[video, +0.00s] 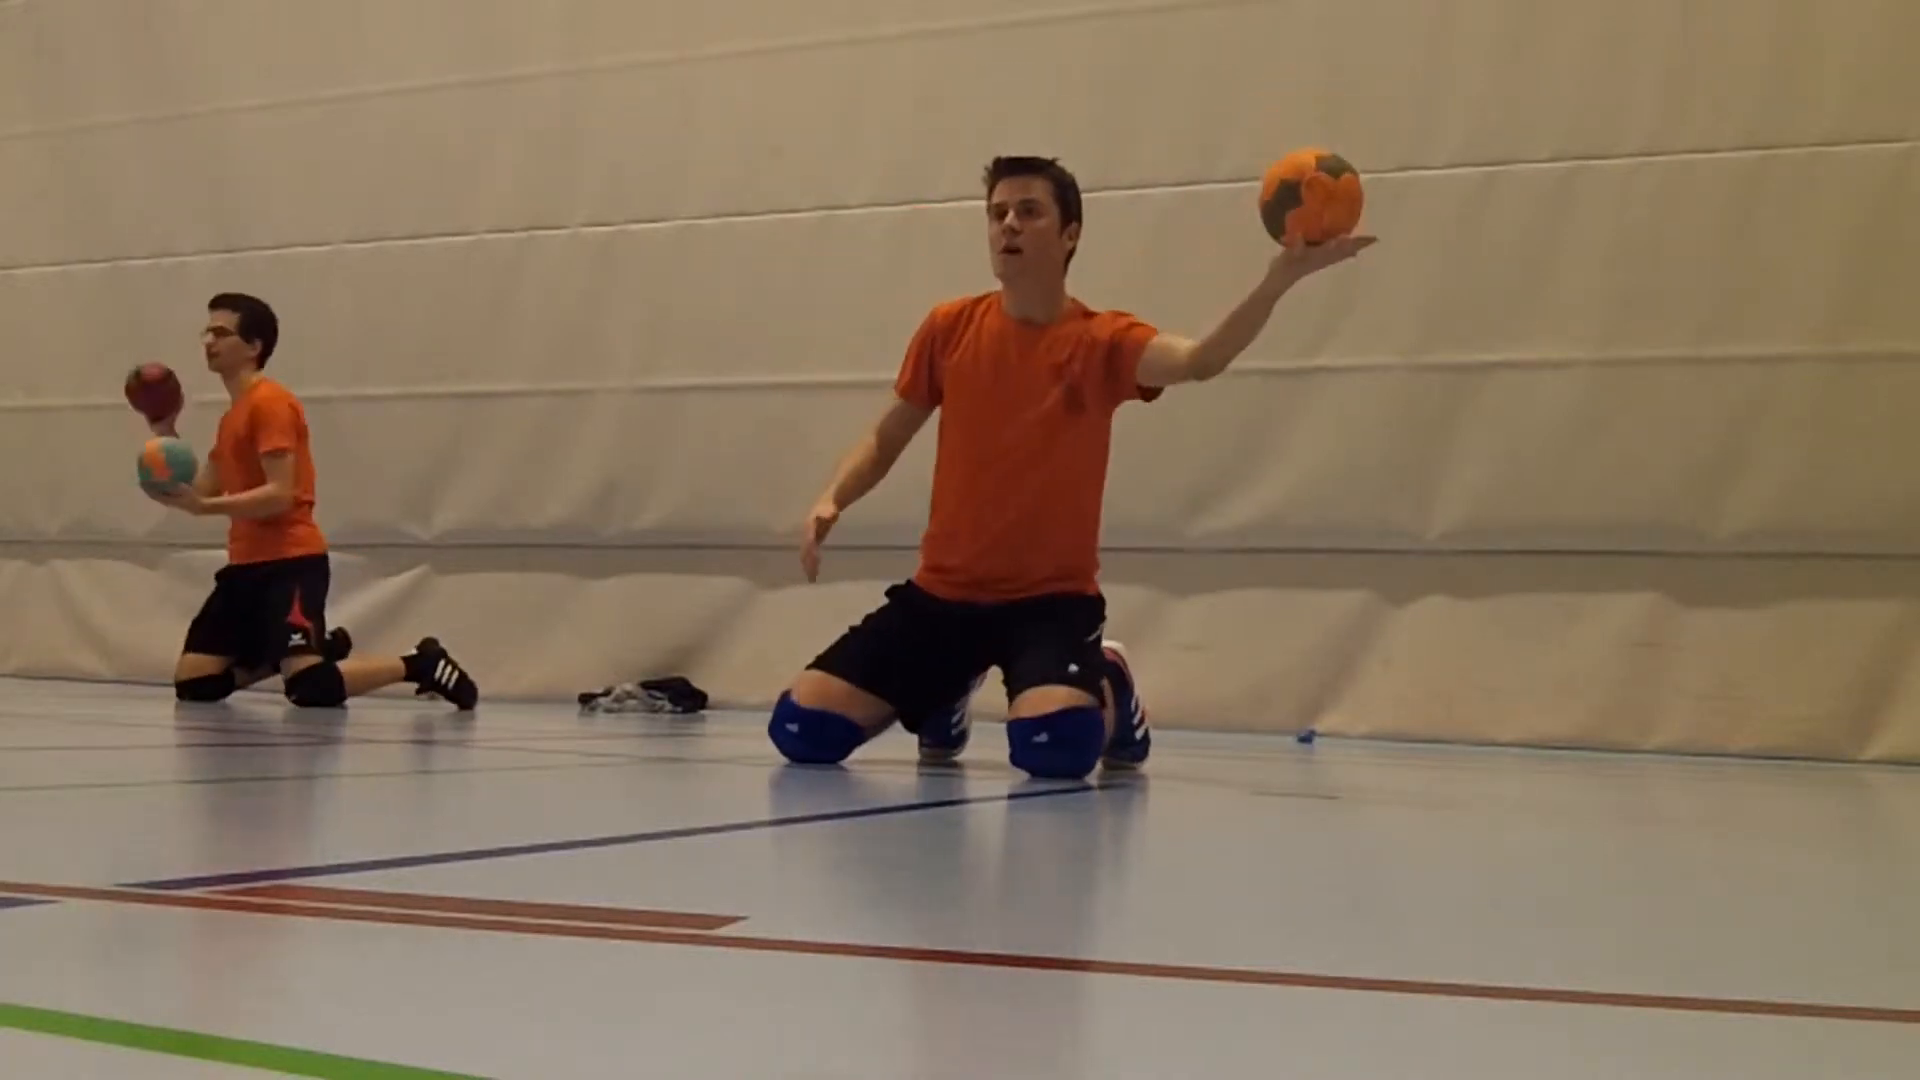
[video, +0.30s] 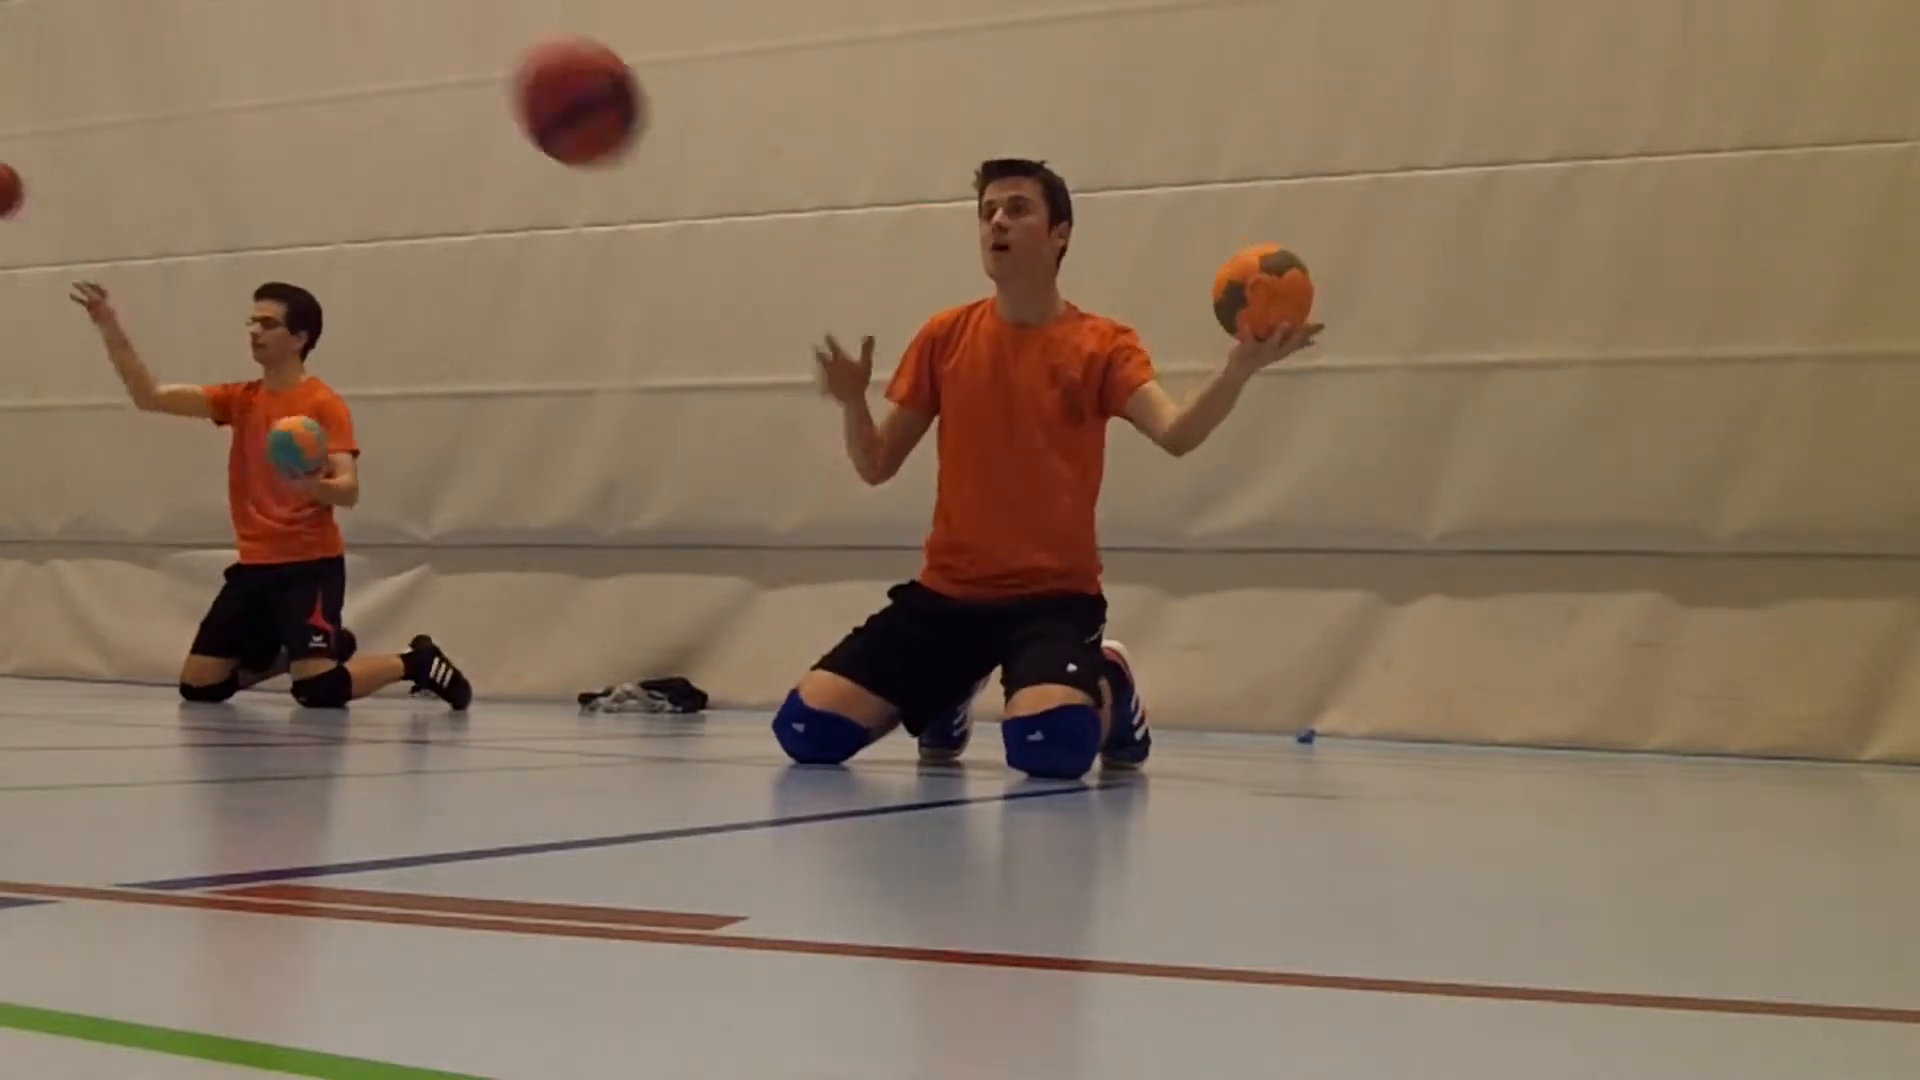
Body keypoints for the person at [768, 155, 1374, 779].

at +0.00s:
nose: (1008, 225)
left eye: (1028, 211)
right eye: (997, 213)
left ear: (1068, 235)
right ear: (985, 234)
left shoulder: (1101, 339)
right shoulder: (950, 329)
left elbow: (1200, 359)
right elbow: (887, 439)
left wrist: (1287, 272)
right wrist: (833, 498)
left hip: (1051, 603)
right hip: (942, 597)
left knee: (1050, 754)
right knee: (799, 736)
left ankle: (1110, 689)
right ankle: (937, 684)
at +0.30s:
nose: (997, 223)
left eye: (1017, 210)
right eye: (987, 213)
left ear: (1059, 234)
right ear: (978, 235)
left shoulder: (1100, 345)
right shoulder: (946, 338)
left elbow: (1178, 432)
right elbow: (875, 465)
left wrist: (1241, 365)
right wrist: (853, 404)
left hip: (1056, 600)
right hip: (948, 595)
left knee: (1047, 753)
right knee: (805, 734)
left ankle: (1109, 682)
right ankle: (939, 686)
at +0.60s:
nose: (1000, 238)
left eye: (1020, 224)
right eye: (994, 228)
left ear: (1068, 243)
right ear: (988, 245)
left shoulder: (1112, 349)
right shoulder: (968, 346)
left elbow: (1147, 466)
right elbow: (941, 474)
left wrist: (1184, 405)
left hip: (1059, 602)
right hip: (956, 597)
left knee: (1044, 749)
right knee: (822, 734)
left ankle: (1107, 684)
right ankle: (945, 686)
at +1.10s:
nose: (978, 245)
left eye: (997, 230)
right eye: (970, 234)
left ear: (1043, 246)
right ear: (964, 253)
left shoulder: (1102, 342)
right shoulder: (970, 363)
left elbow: (1148, 454)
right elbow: (939, 495)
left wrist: (1170, 362)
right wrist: (886, 399)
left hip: (1059, 608)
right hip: (953, 603)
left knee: (1052, 750)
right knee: (810, 734)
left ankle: (1110, 688)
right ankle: (936, 688)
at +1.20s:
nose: (990, 234)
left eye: (1010, 221)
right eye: (982, 222)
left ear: (1052, 243)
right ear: (972, 240)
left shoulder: (1101, 342)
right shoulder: (950, 352)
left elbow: (1145, 439)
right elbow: (841, 428)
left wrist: (1169, 337)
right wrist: (868, 304)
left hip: (1060, 608)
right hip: (950, 603)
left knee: (1053, 749)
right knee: (802, 734)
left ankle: (1110, 690)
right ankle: (938, 689)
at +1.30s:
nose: (1003, 220)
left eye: (1024, 209)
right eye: (994, 207)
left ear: (1061, 233)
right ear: (980, 224)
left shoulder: (1095, 338)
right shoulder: (941, 325)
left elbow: (1145, 421)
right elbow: (818, 324)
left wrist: (1177, 320)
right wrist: (825, 180)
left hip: (1055, 601)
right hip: (945, 596)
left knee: (1053, 751)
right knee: (801, 734)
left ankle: (1103, 687)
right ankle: (939, 685)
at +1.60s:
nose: (1000, 181)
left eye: (1021, 168)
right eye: (990, 170)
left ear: (1059, 198)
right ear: (975, 194)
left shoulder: (1093, 309)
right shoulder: (937, 290)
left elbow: (1167, 388)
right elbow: (815, 353)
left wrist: (1217, 290)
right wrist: (861, 271)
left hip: (1045, 573)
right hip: (933, 565)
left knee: (1047, 755)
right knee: (800, 739)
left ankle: (1095, 680)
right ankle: (931, 674)